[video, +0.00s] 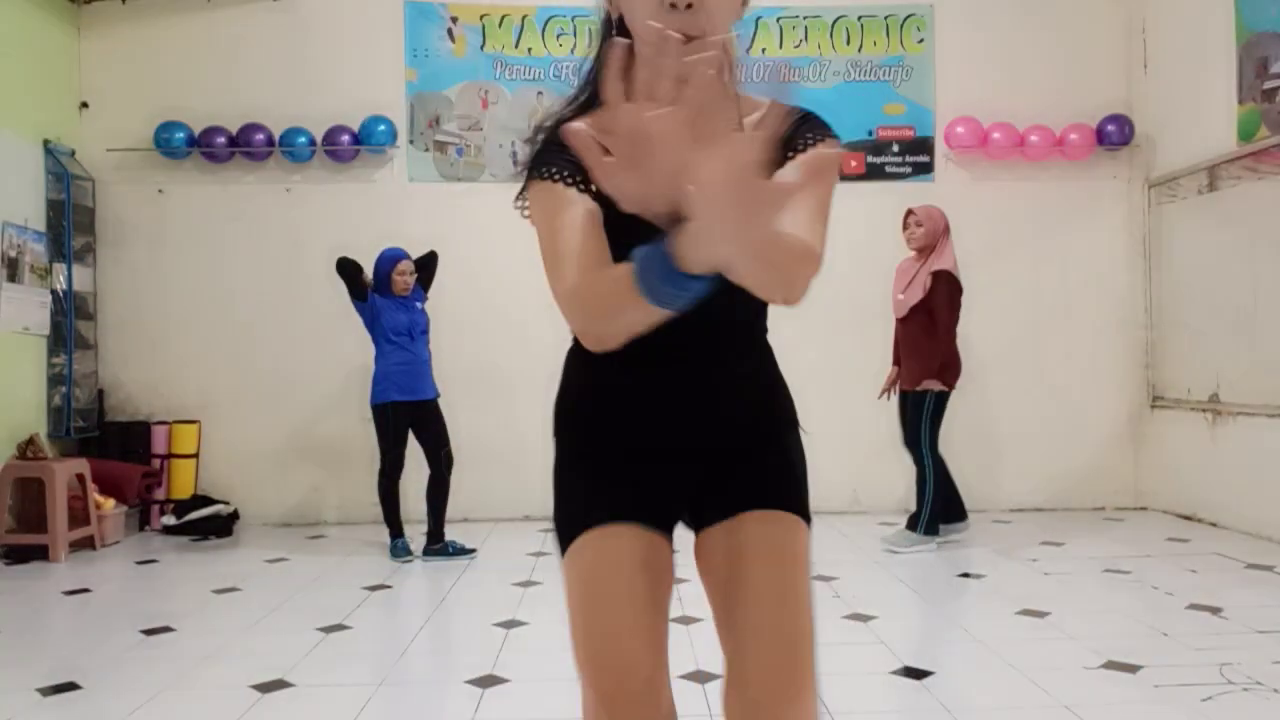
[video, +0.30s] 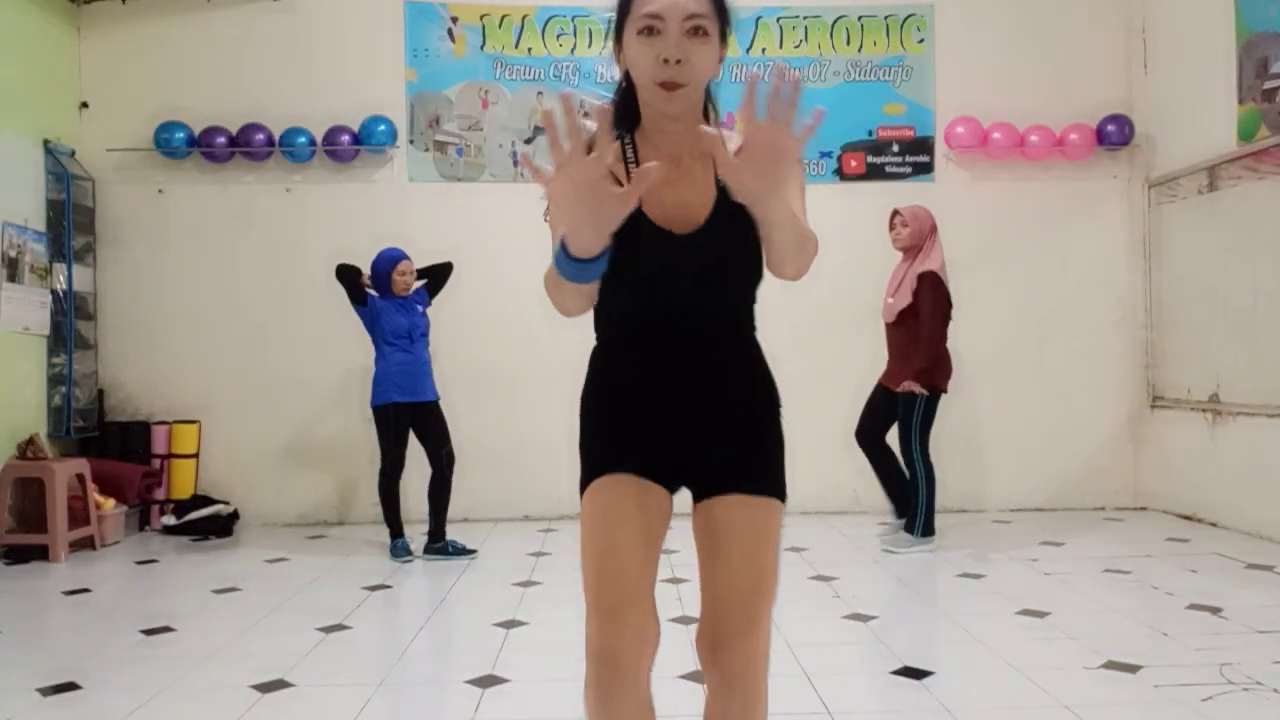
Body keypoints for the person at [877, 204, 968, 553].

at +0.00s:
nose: (911, 231)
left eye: (918, 226)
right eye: (907, 227)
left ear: (937, 231)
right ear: (905, 234)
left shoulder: (943, 274)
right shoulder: (909, 271)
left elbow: (945, 329)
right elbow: (903, 323)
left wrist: (935, 373)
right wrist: (896, 366)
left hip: (936, 373)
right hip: (911, 371)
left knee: (924, 445)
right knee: (914, 442)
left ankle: (923, 528)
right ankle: (952, 514)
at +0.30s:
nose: (896, 231)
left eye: (903, 226)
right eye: (893, 227)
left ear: (923, 231)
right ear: (892, 235)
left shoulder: (929, 276)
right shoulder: (903, 272)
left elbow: (933, 332)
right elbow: (906, 327)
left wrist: (918, 376)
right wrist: (896, 368)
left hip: (924, 378)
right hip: (897, 373)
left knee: (913, 448)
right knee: (868, 435)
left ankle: (921, 530)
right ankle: (906, 511)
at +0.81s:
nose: (873, 232)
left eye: (882, 226)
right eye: (869, 226)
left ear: (896, 233)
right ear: (862, 233)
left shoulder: (910, 267)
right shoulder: (861, 273)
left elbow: (924, 320)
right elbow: (852, 331)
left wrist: (918, 369)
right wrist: (848, 384)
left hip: (899, 380)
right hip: (862, 380)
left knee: (896, 451)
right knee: (862, 456)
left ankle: (919, 528)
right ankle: (864, 531)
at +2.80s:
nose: (906, 236)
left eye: (913, 230)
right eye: (900, 231)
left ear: (923, 237)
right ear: (891, 236)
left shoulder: (935, 275)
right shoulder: (876, 275)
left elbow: (951, 324)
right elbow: (861, 325)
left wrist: (960, 368)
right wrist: (858, 372)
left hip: (930, 374)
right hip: (887, 374)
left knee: (929, 447)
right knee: (890, 445)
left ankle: (927, 518)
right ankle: (887, 518)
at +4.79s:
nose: (907, 229)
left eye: (913, 224)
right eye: (900, 225)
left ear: (922, 232)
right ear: (889, 234)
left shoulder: (936, 274)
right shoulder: (876, 274)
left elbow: (949, 327)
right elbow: (866, 329)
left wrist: (955, 374)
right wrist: (874, 371)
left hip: (922, 365)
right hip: (882, 369)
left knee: (947, 420)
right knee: (886, 443)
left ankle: (925, 491)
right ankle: (889, 519)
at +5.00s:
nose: (909, 235)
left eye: (914, 229)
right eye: (901, 230)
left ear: (922, 235)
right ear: (890, 238)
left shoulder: (941, 279)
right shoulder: (878, 278)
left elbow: (950, 334)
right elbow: (864, 328)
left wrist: (950, 379)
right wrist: (851, 343)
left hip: (927, 377)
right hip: (884, 375)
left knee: (927, 450)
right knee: (888, 446)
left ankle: (917, 520)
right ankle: (889, 518)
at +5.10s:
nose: (910, 230)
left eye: (915, 225)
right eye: (903, 226)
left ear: (924, 232)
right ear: (892, 234)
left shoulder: (942, 275)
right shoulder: (879, 274)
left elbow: (951, 329)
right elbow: (858, 322)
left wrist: (951, 375)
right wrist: (840, 301)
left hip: (926, 365)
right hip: (885, 363)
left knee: (925, 441)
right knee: (888, 432)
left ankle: (917, 520)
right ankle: (890, 498)